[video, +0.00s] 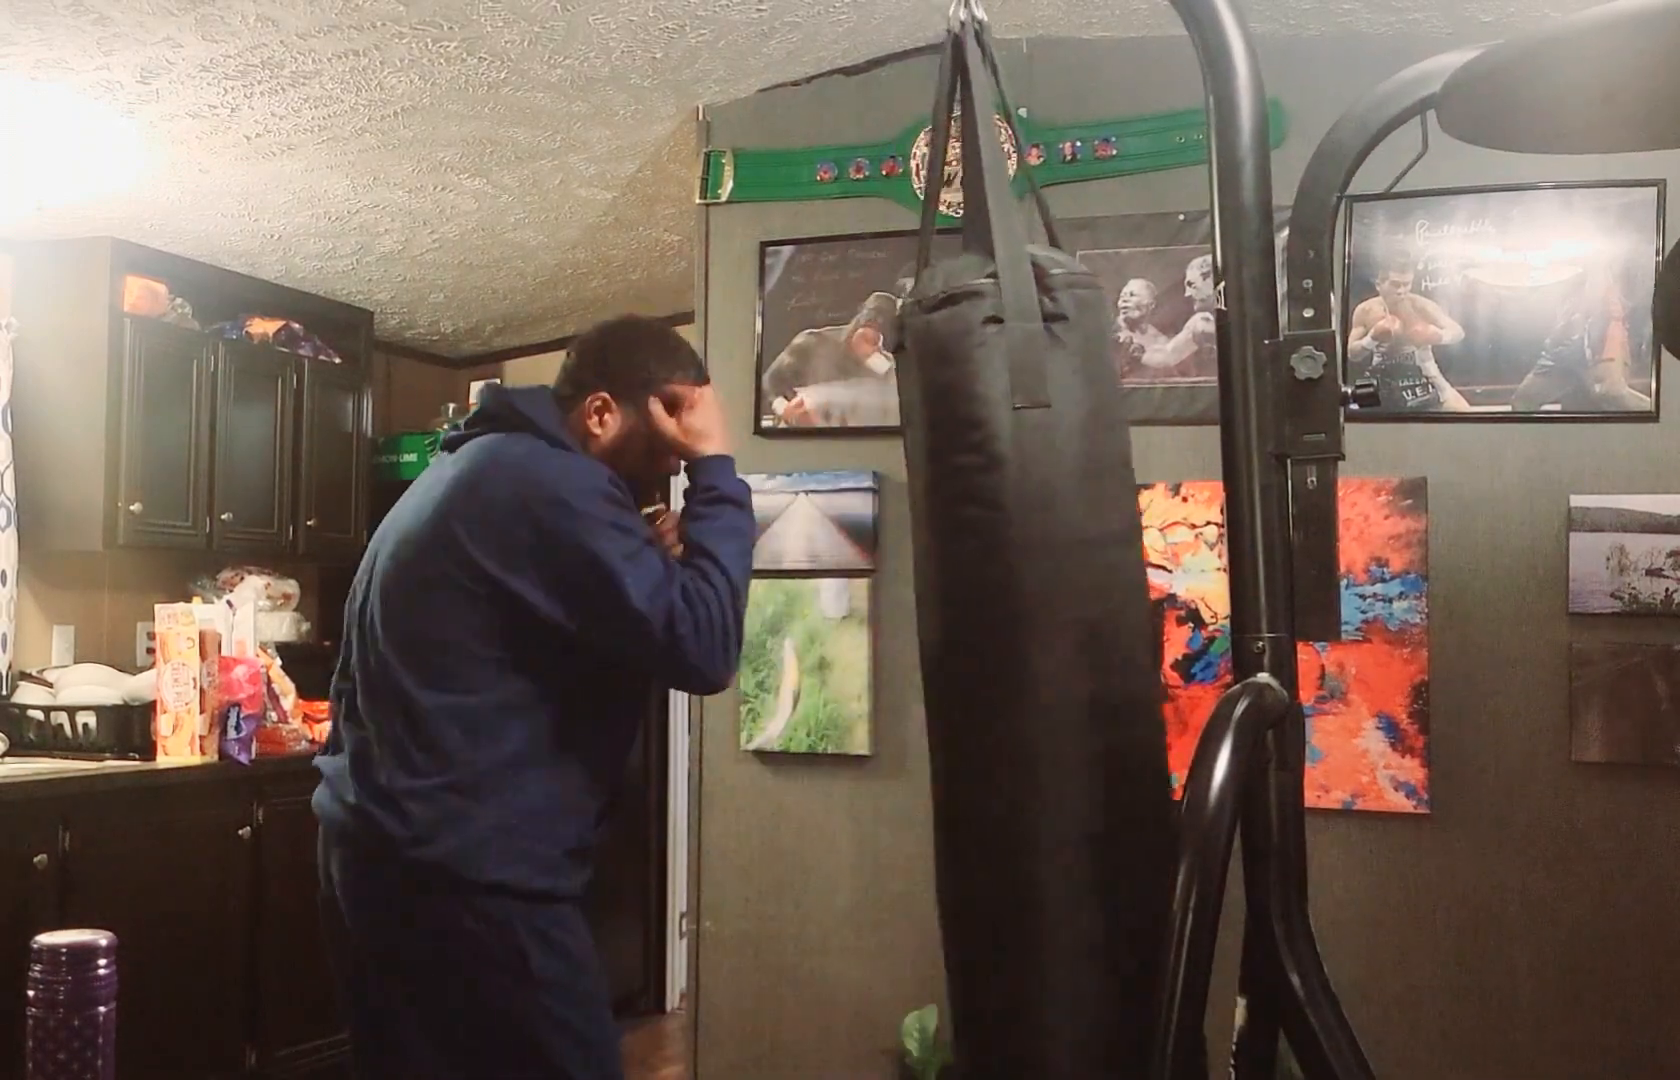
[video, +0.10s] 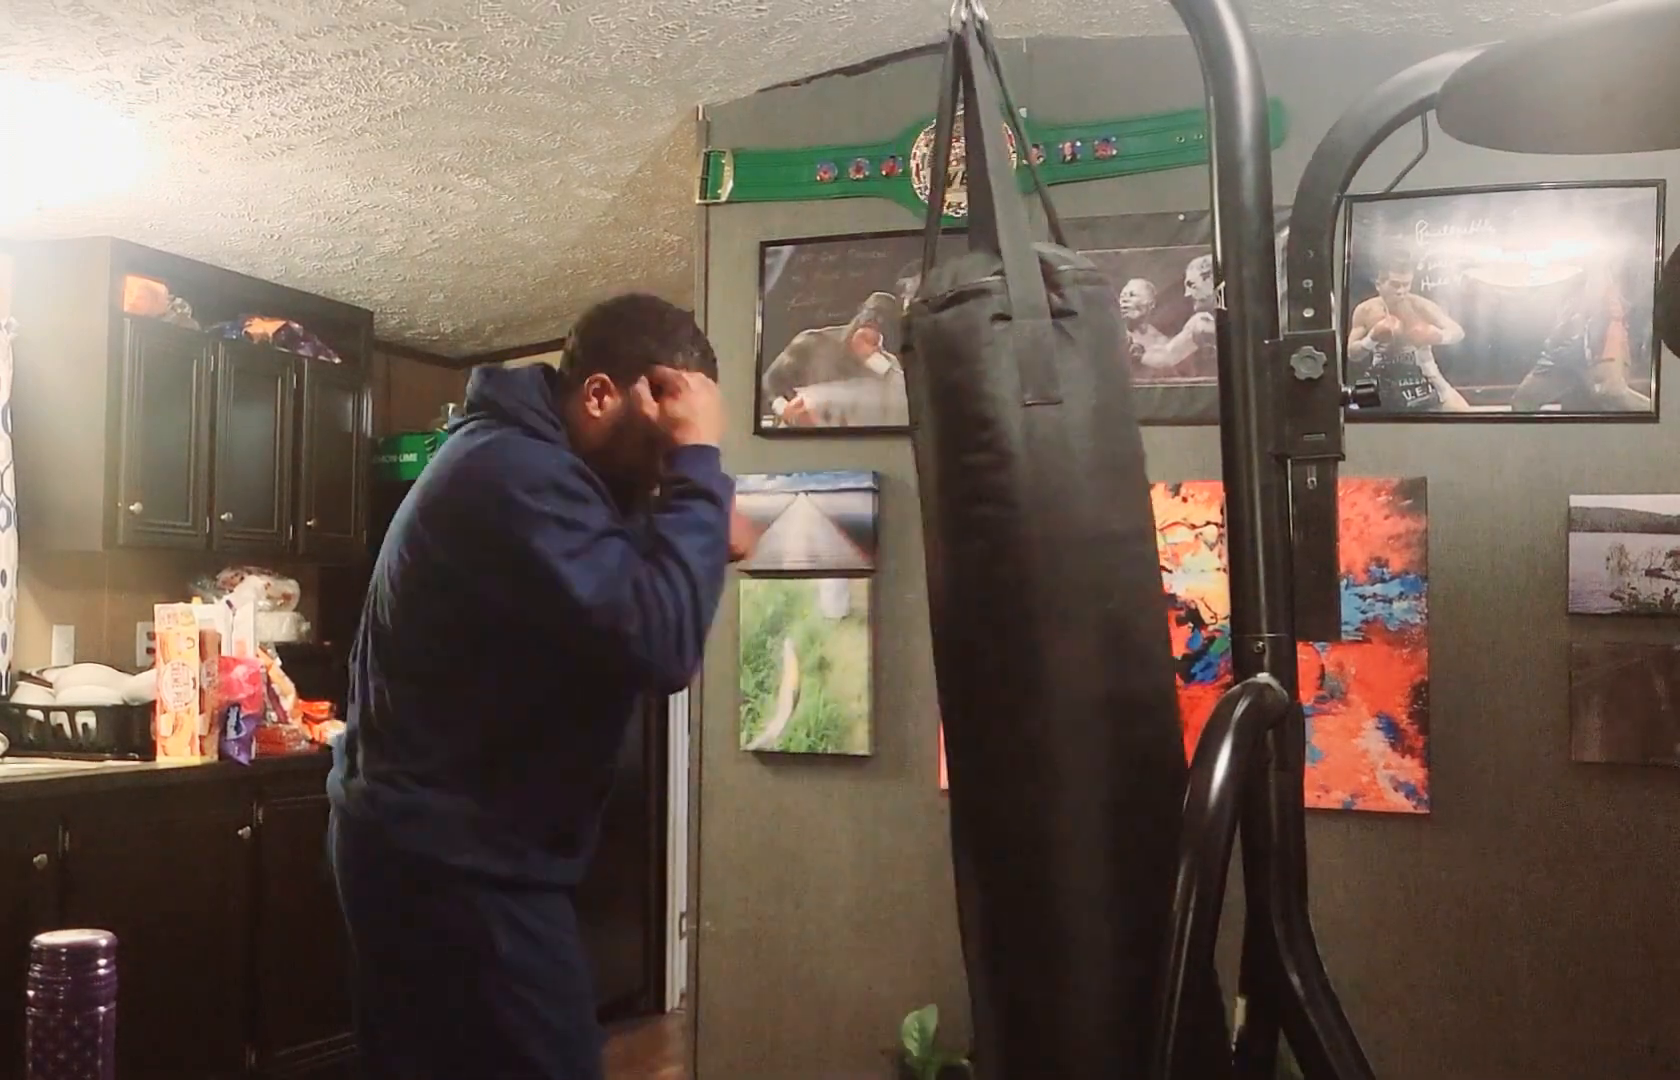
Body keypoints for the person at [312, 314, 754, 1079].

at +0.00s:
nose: (672, 472)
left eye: (679, 451)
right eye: (666, 445)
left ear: (596, 413)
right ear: (600, 416)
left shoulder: (477, 465)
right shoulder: (543, 482)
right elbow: (703, 645)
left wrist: (641, 555)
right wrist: (716, 467)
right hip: (476, 877)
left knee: (425, 1065)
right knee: (568, 1062)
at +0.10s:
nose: (682, 443)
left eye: (686, 422)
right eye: (672, 419)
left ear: (598, 397)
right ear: (601, 397)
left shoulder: (512, 456)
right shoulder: (517, 472)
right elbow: (660, 640)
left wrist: (697, 538)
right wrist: (698, 457)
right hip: (463, 871)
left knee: (452, 1062)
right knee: (544, 1061)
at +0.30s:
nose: (671, 434)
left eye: (682, 417)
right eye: (668, 410)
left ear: (599, 386)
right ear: (599, 382)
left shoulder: (563, 451)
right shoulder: (492, 471)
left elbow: (746, 473)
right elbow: (634, 641)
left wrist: (950, 486)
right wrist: (692, 460)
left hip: (492, 856)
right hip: (455, 871)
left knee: (435, 1062)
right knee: (524, 1063)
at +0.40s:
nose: (668, 432)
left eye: (678, 413)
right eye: (664, 405)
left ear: (596, 378)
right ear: (601, 374)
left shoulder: (548, 454)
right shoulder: (497, 465)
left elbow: (709, 505)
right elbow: (645, 642)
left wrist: (888, 502)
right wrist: (691, 467)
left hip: (486, 847)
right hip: (449, 859)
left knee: (516, 1055)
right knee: (521, 1062)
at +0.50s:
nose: (668, 438)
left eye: (679, 414)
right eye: (666, 407)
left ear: (593, 379)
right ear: (604, 379)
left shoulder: (497, 447)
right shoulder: (511, 465)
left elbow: (637, 583)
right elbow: (653, 643)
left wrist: (777, 545)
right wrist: (700, 469)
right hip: (457, 858)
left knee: (447, 1063)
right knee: (521, 1063)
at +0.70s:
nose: (618, 479)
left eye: (625, 469)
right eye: (623, 457)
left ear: (569, 403)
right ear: (590, 408)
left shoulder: (416, 449)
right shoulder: (538, 472)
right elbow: (663, 648)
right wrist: (685, 485)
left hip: (353, 826)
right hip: (462, 850)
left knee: (398, 1059)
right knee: (532, 1063)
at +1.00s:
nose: (654, 542)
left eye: (654, 528)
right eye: (651, 523)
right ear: (617, 494)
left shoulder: (409, 516)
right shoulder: (578, 511)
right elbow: (681, 690)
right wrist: (694, 547)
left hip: (339, 850)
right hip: (487, 857)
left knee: (386, 1062)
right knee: (609, 1065)